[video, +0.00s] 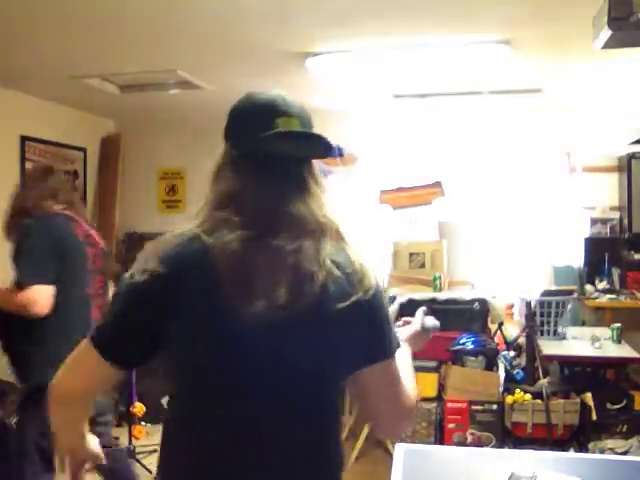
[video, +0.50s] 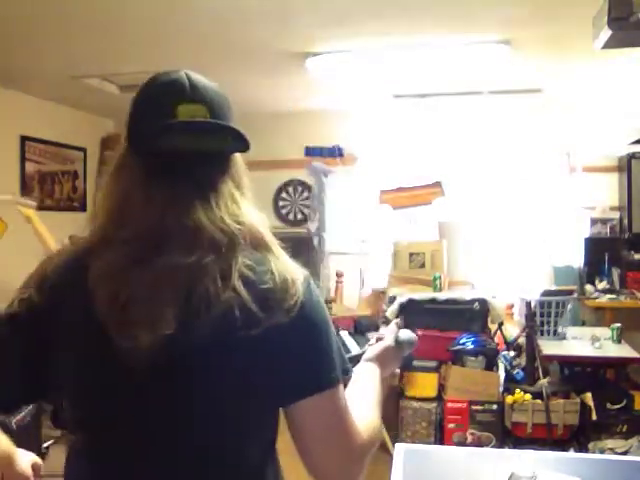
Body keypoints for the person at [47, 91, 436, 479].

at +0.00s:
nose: (318, 177)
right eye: (313, 167)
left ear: (228, 169)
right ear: (309, 175)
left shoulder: (178, 264)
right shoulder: (345, 276)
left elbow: (67, 392)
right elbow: (393, 420)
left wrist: (76, 450)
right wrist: (396, 347)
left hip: (195, 469)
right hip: (307, 470)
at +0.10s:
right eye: (300, 166)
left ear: (209, 173)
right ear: (295, 178)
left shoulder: (165, 274)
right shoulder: (335, 286)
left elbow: (46, 400)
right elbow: (383, 430)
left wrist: (63, 447)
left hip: (182, 471)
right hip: (298, 472)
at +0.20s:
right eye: (274, 171)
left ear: (182, 176)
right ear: (273, 180)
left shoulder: (135, 278)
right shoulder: (311, 290)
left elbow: (19, 409)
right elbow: (365, 444)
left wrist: (52, 449)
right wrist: (385, 359)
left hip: (160, 470)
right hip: (278, 470)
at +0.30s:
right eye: (248, 166)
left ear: (158, 175)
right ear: (252, 177)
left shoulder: (103, 288)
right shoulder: (295, 294)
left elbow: (5, 419)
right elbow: (349, 459)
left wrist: (38, 461)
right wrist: (377, 376)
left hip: (126, 469)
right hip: (257, 470)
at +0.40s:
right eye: (237, 161)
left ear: (139, 170)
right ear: (238, 173)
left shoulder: (78, 287)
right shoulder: (282, 294)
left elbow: (0, 410)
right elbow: (341, 464)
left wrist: (18, 463)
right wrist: (372, 376)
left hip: (112, 473)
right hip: (246, 475)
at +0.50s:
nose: (244, 169)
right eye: (237, 158)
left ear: (130, 165)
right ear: (230, 169)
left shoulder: (64, 283)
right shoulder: (275, 289)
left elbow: (1, 402)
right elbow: (340, 465)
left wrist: (12, 460)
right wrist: (374, 371)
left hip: (97, 473)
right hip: (237, 475)